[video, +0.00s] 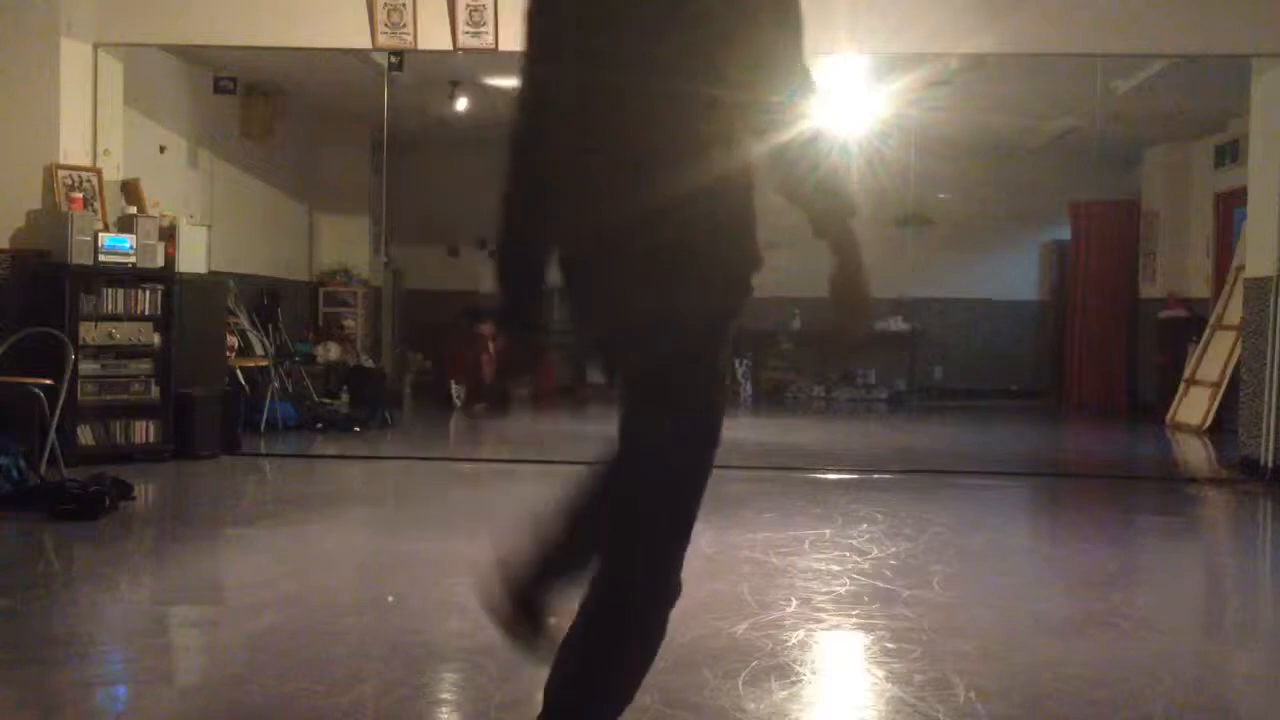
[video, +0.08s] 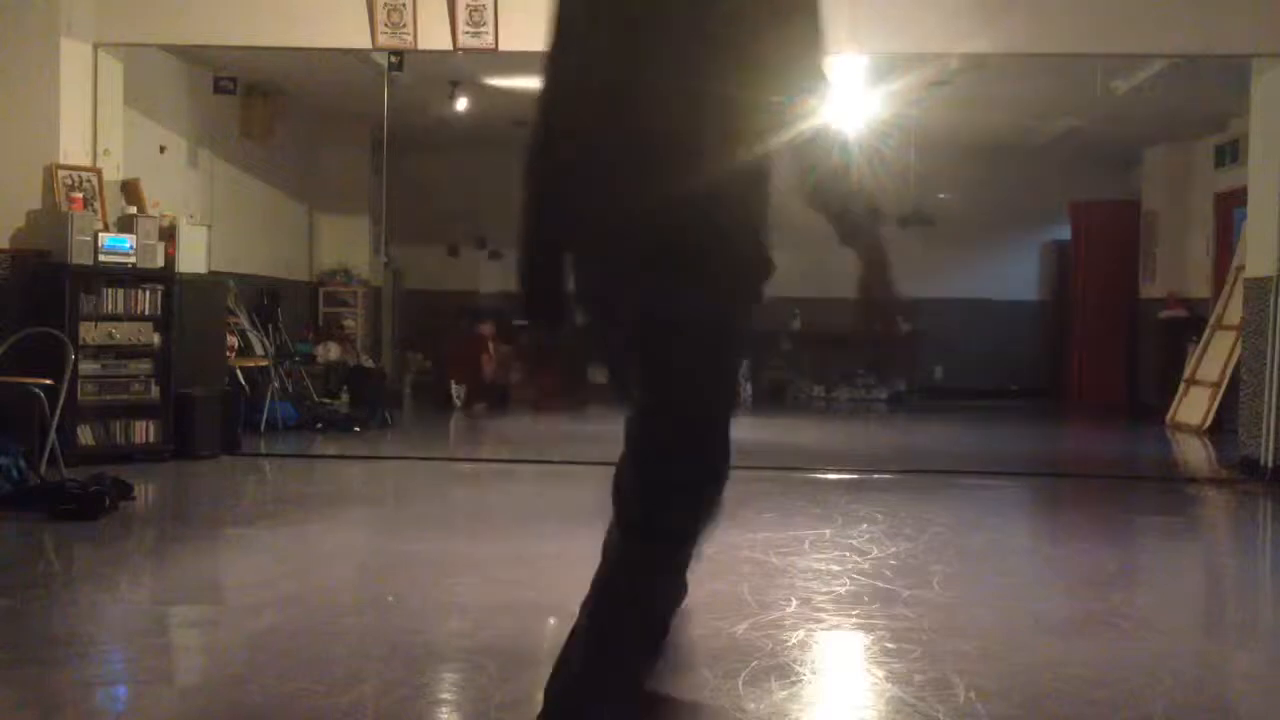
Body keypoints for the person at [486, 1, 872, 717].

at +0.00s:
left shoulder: (561, 12)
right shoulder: (756, 12)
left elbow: (536, 131)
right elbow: (780, 120)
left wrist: (520, 304)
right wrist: (846, 250)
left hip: (593, 253)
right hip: (695, 255)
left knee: (655, 443)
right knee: (649, 548)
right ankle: (578, 708)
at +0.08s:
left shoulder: (589, 13)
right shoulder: (775, 12)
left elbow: (554, 130)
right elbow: (805, 132)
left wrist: (540, 289)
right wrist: (870, 240)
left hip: (608, 244)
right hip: (706, 253)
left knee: (664, 448)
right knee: (679, 477)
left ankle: (634, 647)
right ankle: (590, 696)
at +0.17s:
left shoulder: (623, 11)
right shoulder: (798, 10)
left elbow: (582, 143)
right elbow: (830, 122)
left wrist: (565, 305)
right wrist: (896, 252)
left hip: (624, 272)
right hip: (724, 276)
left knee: (688, 506)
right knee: (660, 530)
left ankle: (733, 684)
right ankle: (574, 709)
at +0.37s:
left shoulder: (710, 18)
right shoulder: (865, 12)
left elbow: (671, 164)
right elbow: (878, 142)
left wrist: (651, 313)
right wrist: (926, 268)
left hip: (715, 286)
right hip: (801, 293)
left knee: (750, 509)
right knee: (777, 512)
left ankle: (765, 701)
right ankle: (631, 694)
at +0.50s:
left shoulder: (755, 18)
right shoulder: (892, 13)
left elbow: (734, 162)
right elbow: (894, 150)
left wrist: (735, 279)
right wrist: (929, 280)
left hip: (761, 281)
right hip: (848, 287)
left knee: (773, 468)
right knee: (875, 483)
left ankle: (761, 679)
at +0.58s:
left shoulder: (784, 20)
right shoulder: (907, 18)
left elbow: (766, 164)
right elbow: (894, 163)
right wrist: (919, 277)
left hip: (789, 288)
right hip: (872, 294)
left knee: (783, 489)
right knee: (921, 477)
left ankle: (762, 695)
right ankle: (840, 667)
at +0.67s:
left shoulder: (820, 20)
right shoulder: (925, 13)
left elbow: (798, 153)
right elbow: (913, 147)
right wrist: (932, 278)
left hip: (819, 286)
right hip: (893, 293)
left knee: (800, 484)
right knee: (952, 484)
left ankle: (764, 692)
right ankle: (940, 679)